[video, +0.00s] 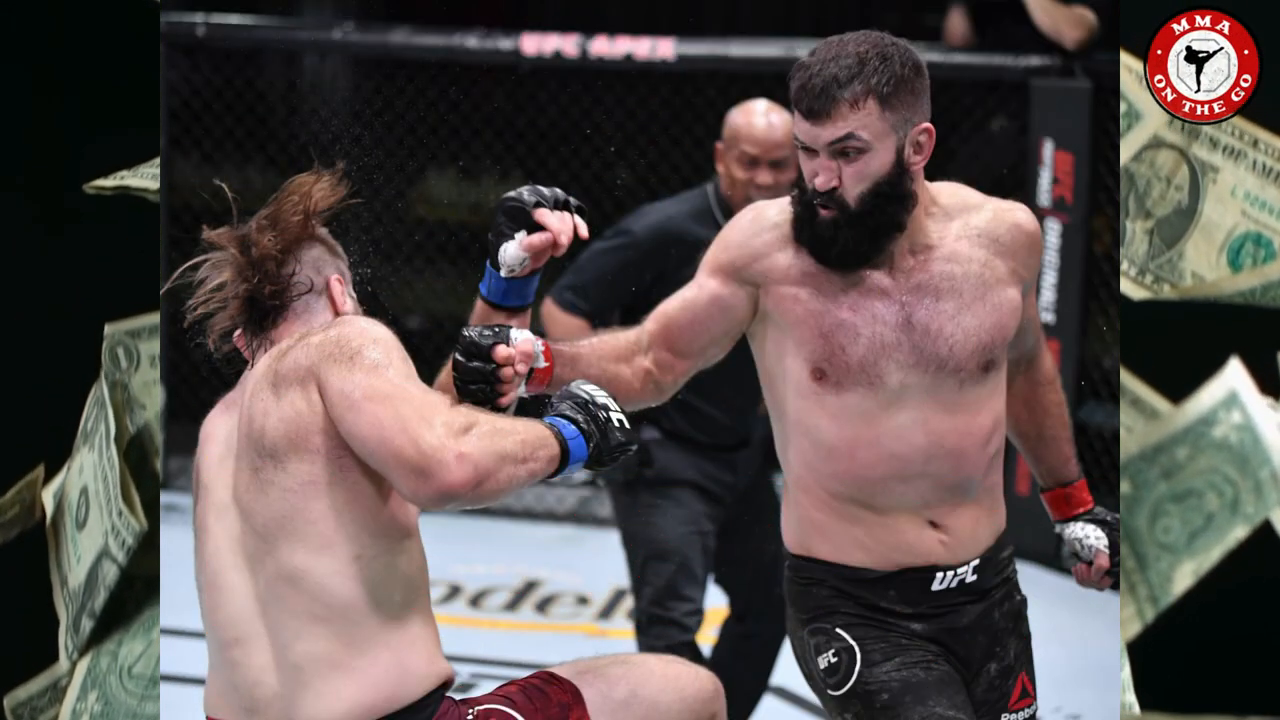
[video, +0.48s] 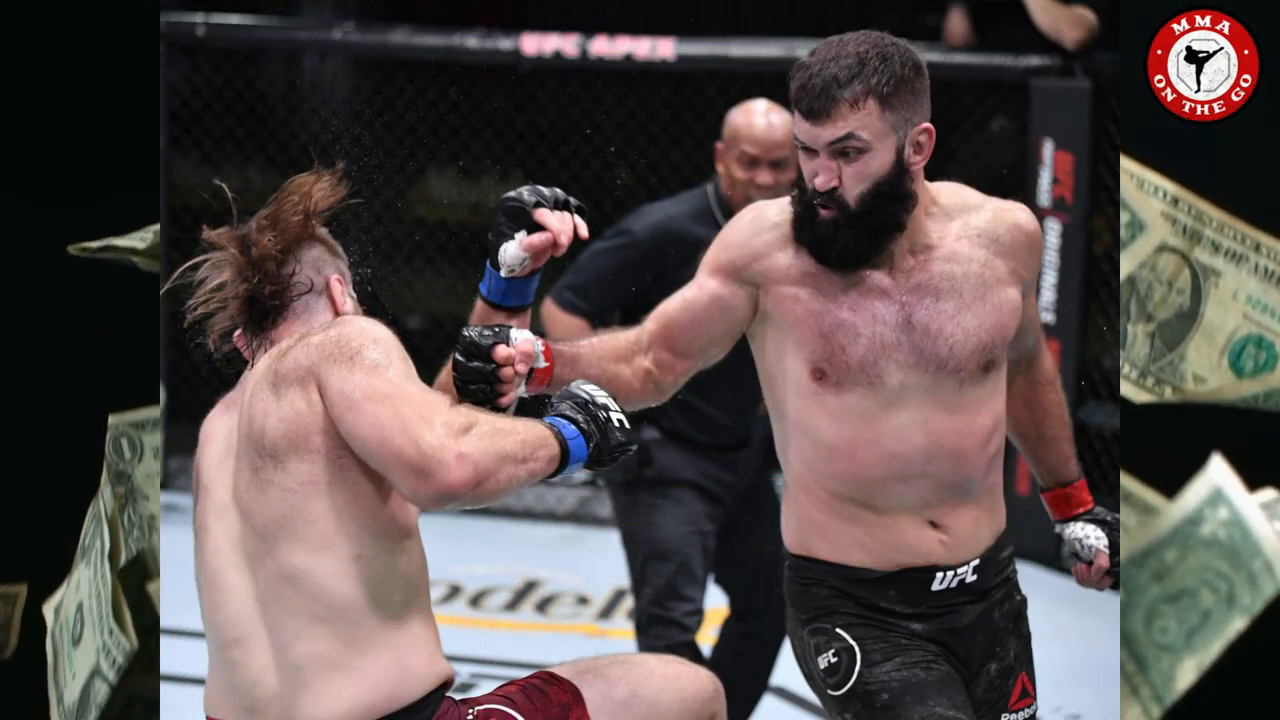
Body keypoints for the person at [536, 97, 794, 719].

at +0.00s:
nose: (767, 181)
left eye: (781, 165)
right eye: (751, 164)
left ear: (799, 162)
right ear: (719, 158)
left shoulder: (804, 238)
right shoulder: (661, 232)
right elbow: (560, 311)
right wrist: (611, 415)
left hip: (750, 460)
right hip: (663, 457)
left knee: (767, 609)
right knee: (671, 614)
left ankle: (720, 719)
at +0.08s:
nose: (767, 181)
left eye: (781, 165)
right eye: (751, 164)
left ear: (799, 162)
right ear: (719, 158)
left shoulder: (804, 238)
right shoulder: (661, 232)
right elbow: (560, 311)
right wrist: (611, 415)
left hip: (750, 460)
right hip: (663, 457)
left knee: (767, 609)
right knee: (671, 614)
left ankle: (720, 719)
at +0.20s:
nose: (767, 181)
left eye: (781, 165)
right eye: (750, 164)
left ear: (799, 162)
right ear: (719, 158)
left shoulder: (804, 238)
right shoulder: (661, 232)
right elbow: (560, 312)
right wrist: (612, 416)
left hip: (750, 460)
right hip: (663, 457)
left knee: (767, 609)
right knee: (671, 615)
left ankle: (720, 719)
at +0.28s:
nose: (767, 181)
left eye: (781, 165)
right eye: (750, 164)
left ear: (799, 162)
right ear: (719, 158)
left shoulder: (804, 238)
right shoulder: (661, 232)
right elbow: (560, 312)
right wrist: (612, 416)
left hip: (750, 460)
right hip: (663, 457)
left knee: (767, 609)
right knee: (671, 615)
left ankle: (720, 719)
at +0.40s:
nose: (767, 180)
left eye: (781, 165)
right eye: (750, 164)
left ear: (799, 162)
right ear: (719, 157)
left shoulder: (803, 239)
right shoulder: (661, 232)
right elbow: (560, 312)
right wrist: (613, 415)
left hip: (749, 460)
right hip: (663, 457)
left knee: (767, 608)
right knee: (671, 615)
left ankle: (720, 719)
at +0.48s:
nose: (767, 181)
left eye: (781, 165)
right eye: (750, 164)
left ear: (799, 162)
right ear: (719, 158)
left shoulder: (804, 238)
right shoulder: (661, 232)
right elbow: (560, 312)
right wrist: (612, 416)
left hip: (750, 460)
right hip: (663, 457)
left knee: (767, 609)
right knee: (671, 615)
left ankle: (720, 719)